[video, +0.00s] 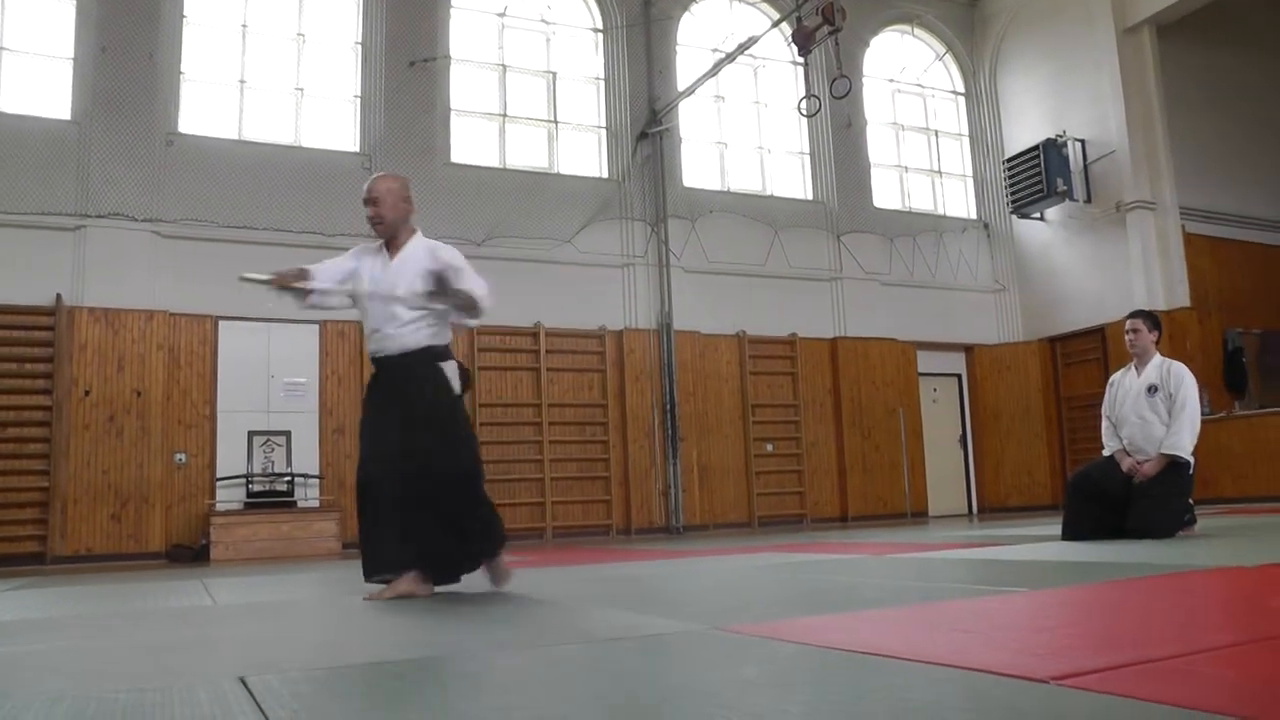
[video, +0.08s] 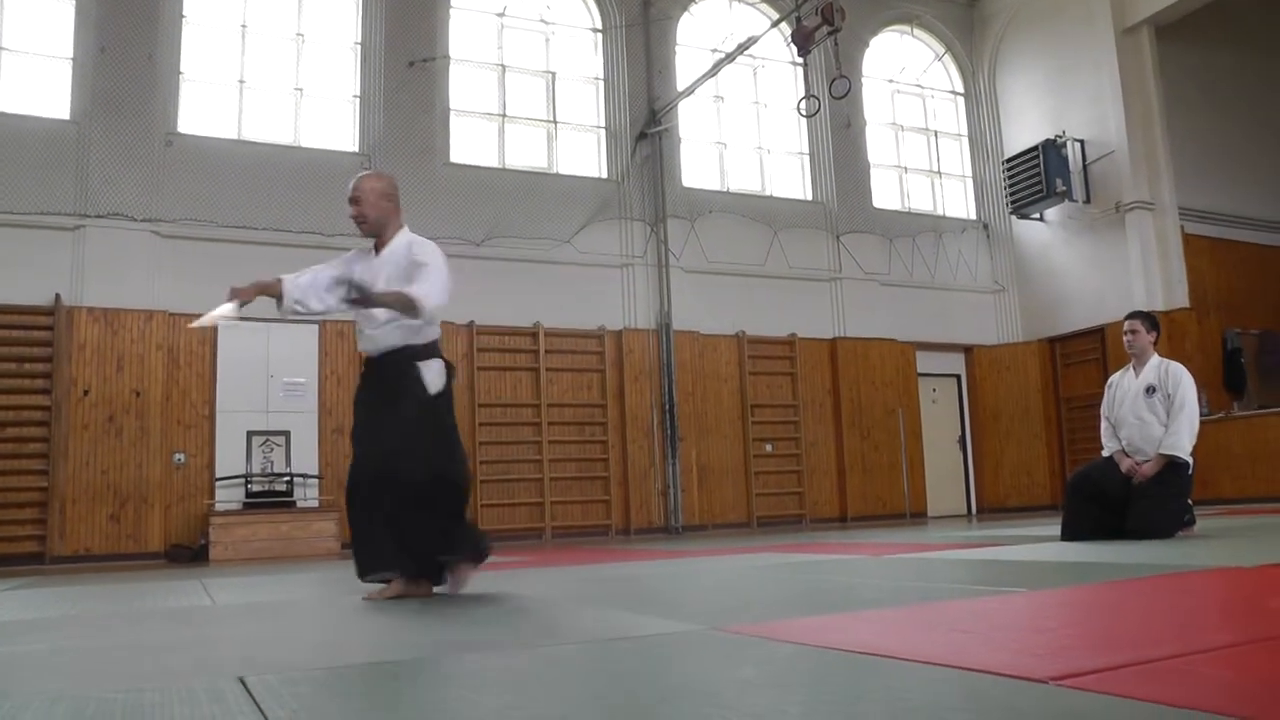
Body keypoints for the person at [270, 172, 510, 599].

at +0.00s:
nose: (369, 211)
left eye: (376, 203)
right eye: (366, 204)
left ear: (406, 205)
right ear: (370, 210)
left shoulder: (436, 254)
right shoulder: (362, 259)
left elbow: (479, 301)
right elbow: (323, 276)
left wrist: (451, 293)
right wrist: (296, 279)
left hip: (431, 376)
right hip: (386, 378)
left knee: (450, 469)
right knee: (382, 473)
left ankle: (488, 546)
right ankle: (412, 573)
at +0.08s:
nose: (351, 211)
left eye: (358, 202)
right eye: (350, 204)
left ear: (389, 204)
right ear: (360, 209)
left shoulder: (423, 251)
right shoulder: (359, 260)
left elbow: (430, 298)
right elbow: (311, 283)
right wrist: (257, 288)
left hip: (419, 372)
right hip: (379, 375)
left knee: (419, 469)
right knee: (374, 473)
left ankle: (462, 549)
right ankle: (412, 576)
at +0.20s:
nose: (330, 212)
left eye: (333, 201)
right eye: (329, 202)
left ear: (361, 198)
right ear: (361, 199)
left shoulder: (384, 242)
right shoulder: (376, 245)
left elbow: (354, 292)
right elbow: (341, 301)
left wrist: (288, 301)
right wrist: (286, 312)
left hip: (388, 375)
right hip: (383, 373)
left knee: (336, 460)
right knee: (398, 472)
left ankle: (370, 576)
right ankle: (407, 574)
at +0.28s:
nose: (318, 212)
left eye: (320, 202)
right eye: (318, 203)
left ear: (341, 196)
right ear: (357, 196)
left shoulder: (356, 240)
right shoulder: (380, 241)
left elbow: (310, 282)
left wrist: (248, 296)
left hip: (369, 367)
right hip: (393, 364)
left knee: (311, 463)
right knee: (392, 468)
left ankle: (301, 579)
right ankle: (406, 571)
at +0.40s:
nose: (301, 203)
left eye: (302, 196)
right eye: (302, 196)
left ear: (311, 194)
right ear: (343, 193)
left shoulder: (301, 236)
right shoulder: (376, 239)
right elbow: (400, 291)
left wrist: (221, 281)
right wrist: (411, 301)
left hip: (330, 357)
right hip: (374, 356)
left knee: (286, 464)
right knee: (379, 460)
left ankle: (245, 582)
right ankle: (407, 570)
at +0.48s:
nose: (290, 198)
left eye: (289, 191)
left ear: (292, 191)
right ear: (335, 192)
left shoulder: (274, 233)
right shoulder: (366, 235)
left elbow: (222, 269)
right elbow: (404, 274)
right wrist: (435, 276)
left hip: (307, 356)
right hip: (359, 354)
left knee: (273, 466)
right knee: (362, 461)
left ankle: (238, 588)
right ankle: (396, 568)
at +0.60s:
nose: (274, 192)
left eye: (272, 186)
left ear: (273, 191)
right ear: (318, 190)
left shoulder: (248, 228)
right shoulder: (348, 226)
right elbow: (392, 253)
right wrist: (416, 215)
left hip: (286, 353)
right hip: (340, 351)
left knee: (256, 468)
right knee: (346, 464)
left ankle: (238, 592)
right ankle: (380, 568)